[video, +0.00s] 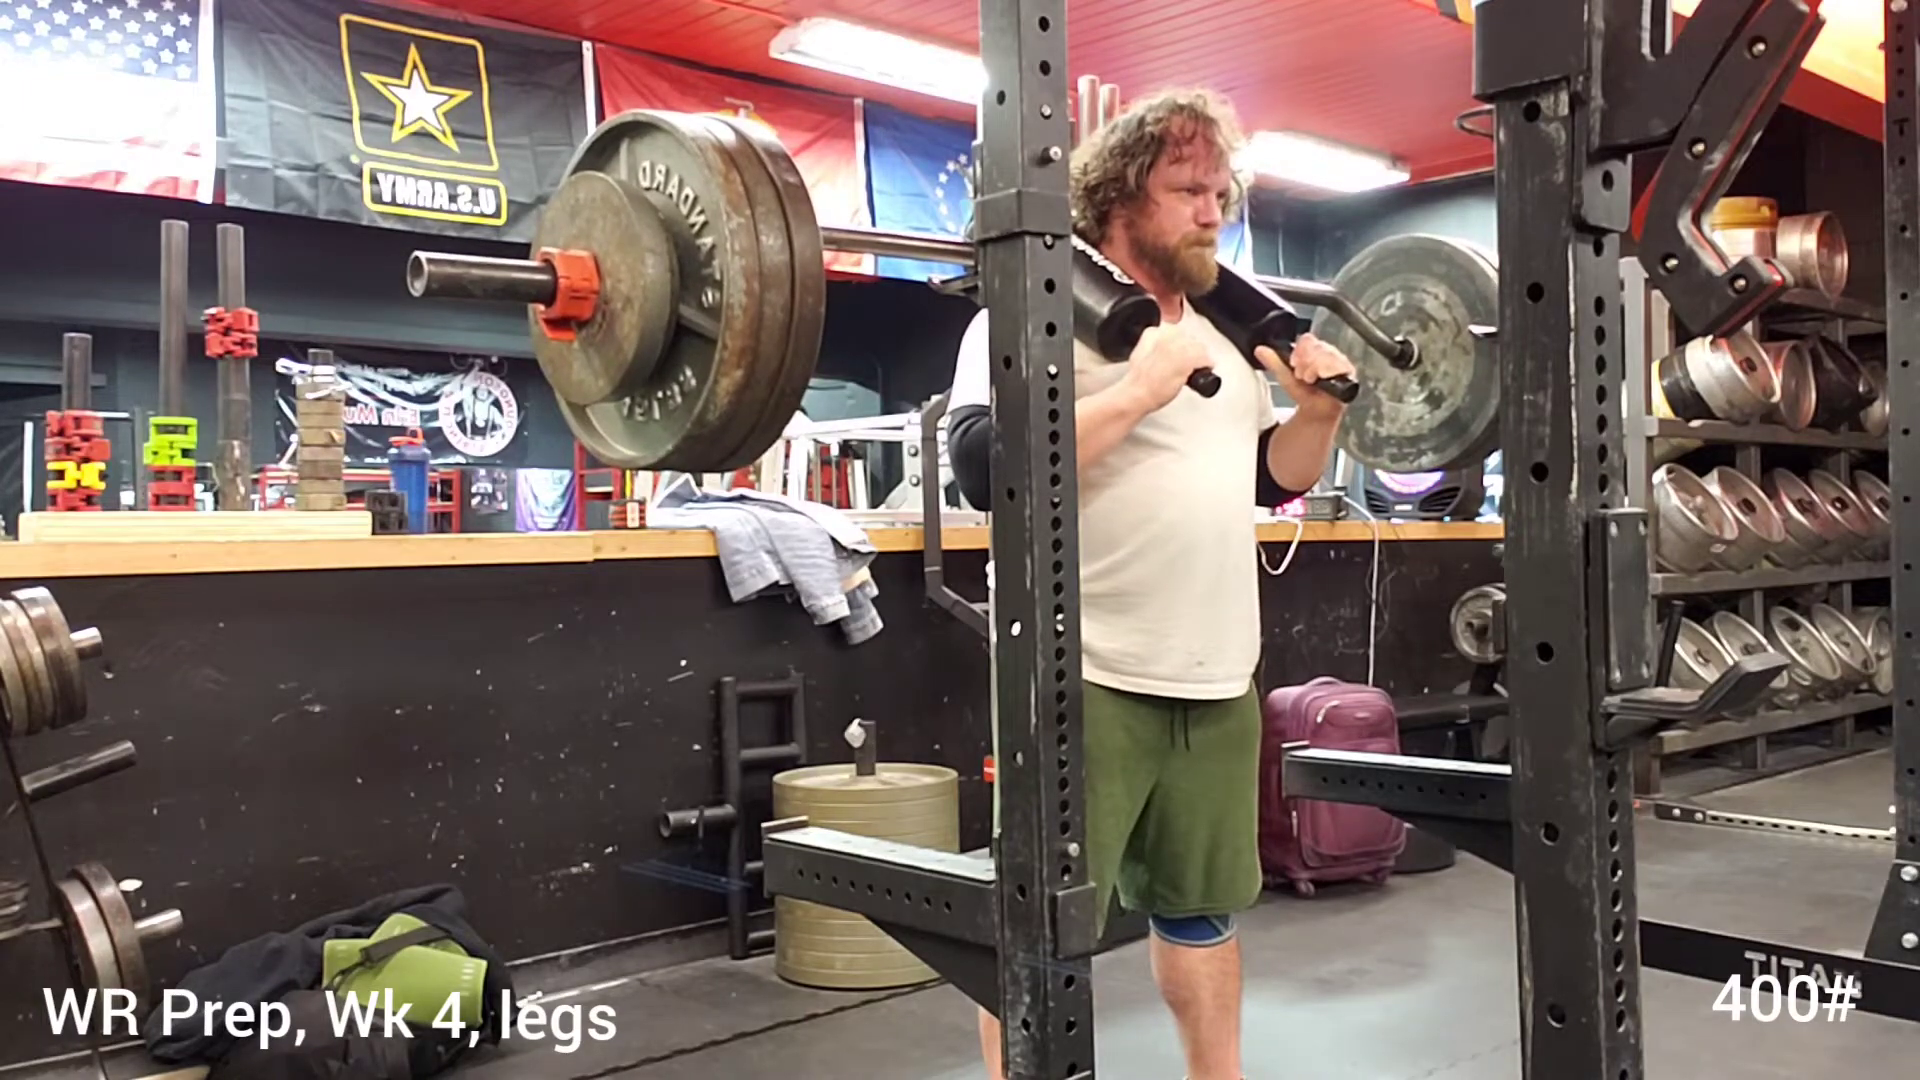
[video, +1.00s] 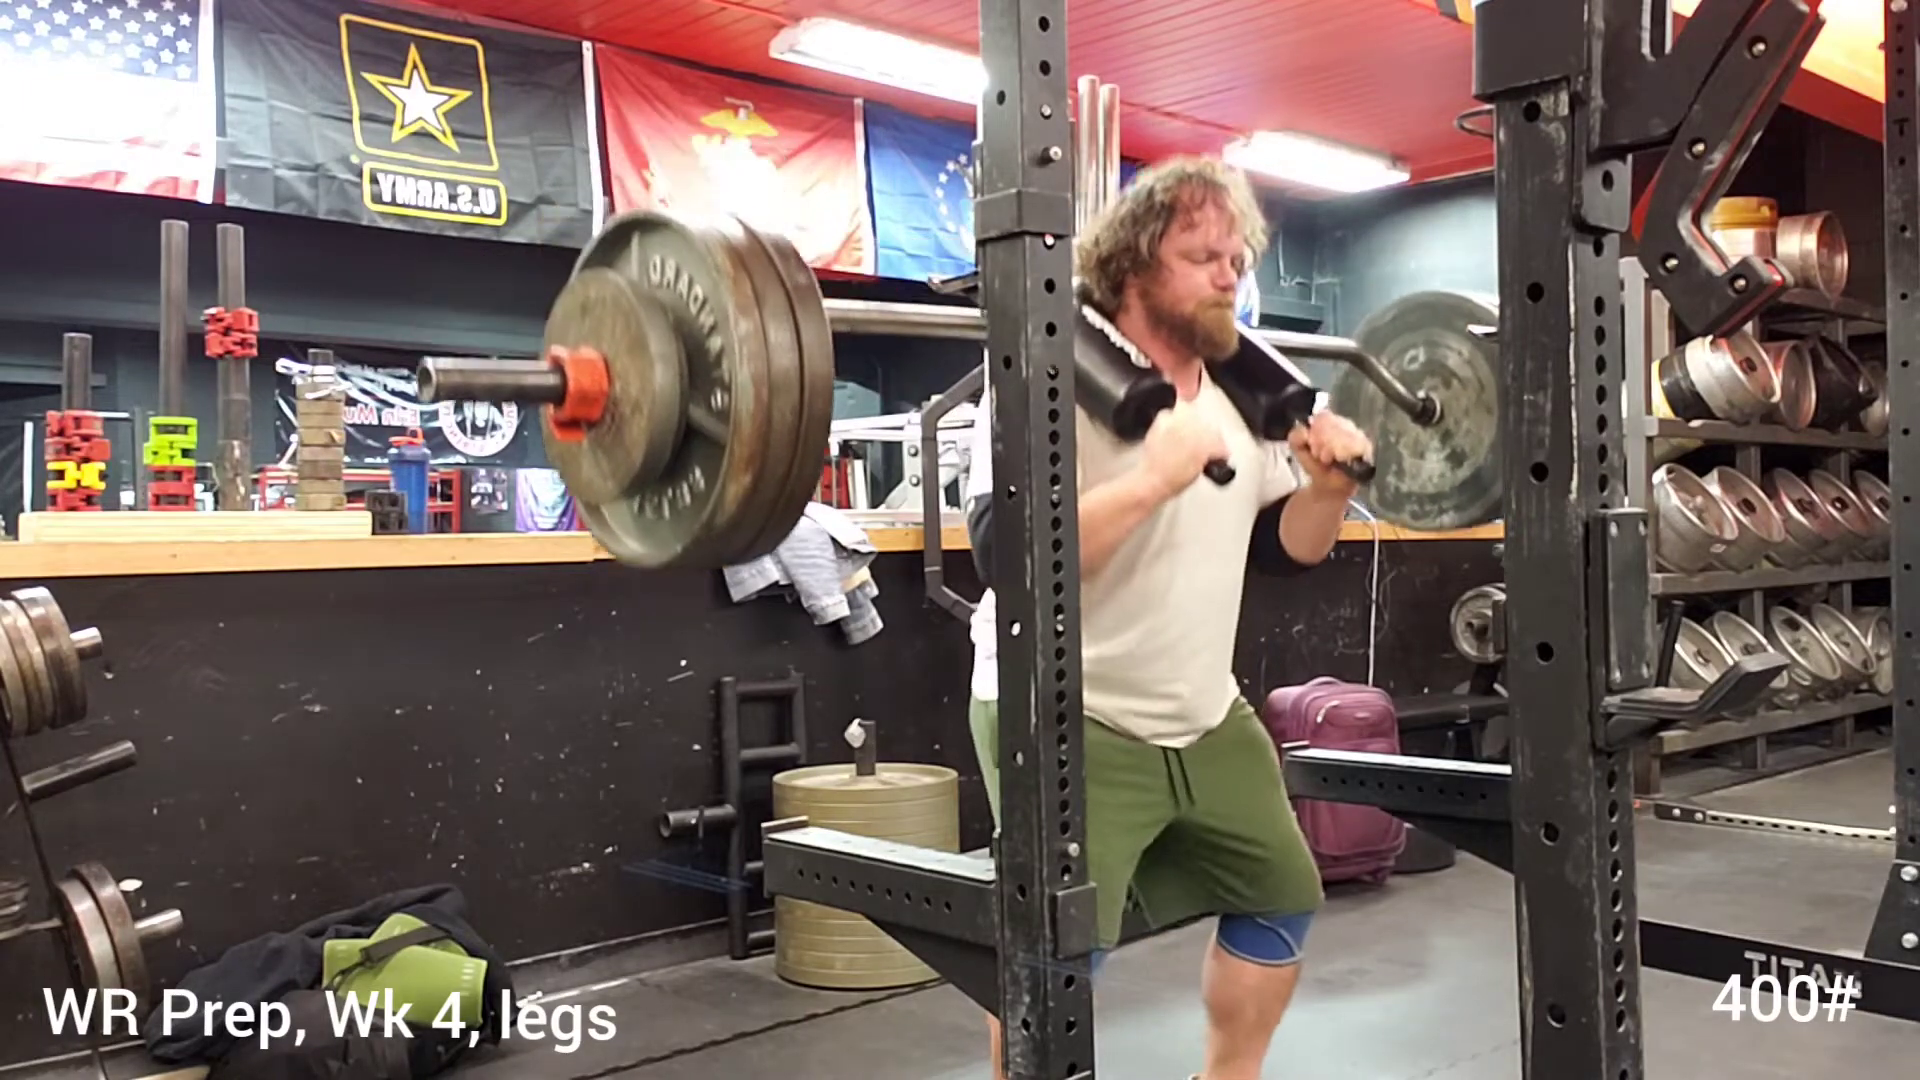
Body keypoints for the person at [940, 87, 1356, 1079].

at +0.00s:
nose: (1215, 211)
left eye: (1221, 192)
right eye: (1192, 189)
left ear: (1225, 202)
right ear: (1122, 193)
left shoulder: (1225, 334)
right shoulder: (1030, 315)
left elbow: (1284, 475)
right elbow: (985, 469)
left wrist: (1320, 403)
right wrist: (1132, 394)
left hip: (1218, 681)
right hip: (1084, 677)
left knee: (1201, 920)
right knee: (1044, 930)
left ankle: (1218, 1076)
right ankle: (1013, 1072)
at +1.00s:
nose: (1230, 279)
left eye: (1238, 258)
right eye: (1205, 256)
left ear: (1246, 265)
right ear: (1136, 264)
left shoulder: (1241, 383)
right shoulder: (1051, 371)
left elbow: (1293, 547)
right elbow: (1017, 560)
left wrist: (1329, 488)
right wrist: (1152, 477)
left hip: (1204, 711)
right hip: (1070, 715)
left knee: (1278, 897)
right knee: (1060, 945)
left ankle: (1230, 1073)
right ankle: (1021, 1071)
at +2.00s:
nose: (1265, 535)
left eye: (1271, 516)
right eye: (1239, 518)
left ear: (1282, 512)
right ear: (1166, 524)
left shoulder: (1267, 614)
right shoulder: (1069, 627)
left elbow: (1321, 784)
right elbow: (1030, 815)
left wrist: (1353, 733)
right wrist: (1170, 777)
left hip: (1198, 853)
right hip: (1069, 868)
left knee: (1334, 912)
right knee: (1068, 971)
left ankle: (1238, 1075)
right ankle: (1018, 1072)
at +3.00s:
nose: (1263, 450)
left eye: (1272, 433)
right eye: (1238, 432)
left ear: (1284, 441)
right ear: (1170, 444)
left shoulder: (1269, 540)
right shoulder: (1077, 540)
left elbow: (1326, 715)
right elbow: (1035, 731)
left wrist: (1354, 658)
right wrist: (1172, 682)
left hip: (1184, 792)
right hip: (1038, 800)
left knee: (1316, 906)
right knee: (1084, 952)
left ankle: (1236, 1073)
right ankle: (1021, 1068)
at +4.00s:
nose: (1243, 204)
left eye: (1248, 184)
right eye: (1217, 183)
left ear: (1251, 195)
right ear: (1147, 194)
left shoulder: (1246, 328)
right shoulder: (1052, 302)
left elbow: (1284, 485)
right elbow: (983, 477)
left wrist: (1331, 424)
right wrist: (1135, 415)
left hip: (1223, 684)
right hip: (1089, 681)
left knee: (1207, 925)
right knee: (1042, 939)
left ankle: (1219, 1073)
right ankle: (1024, 1072)